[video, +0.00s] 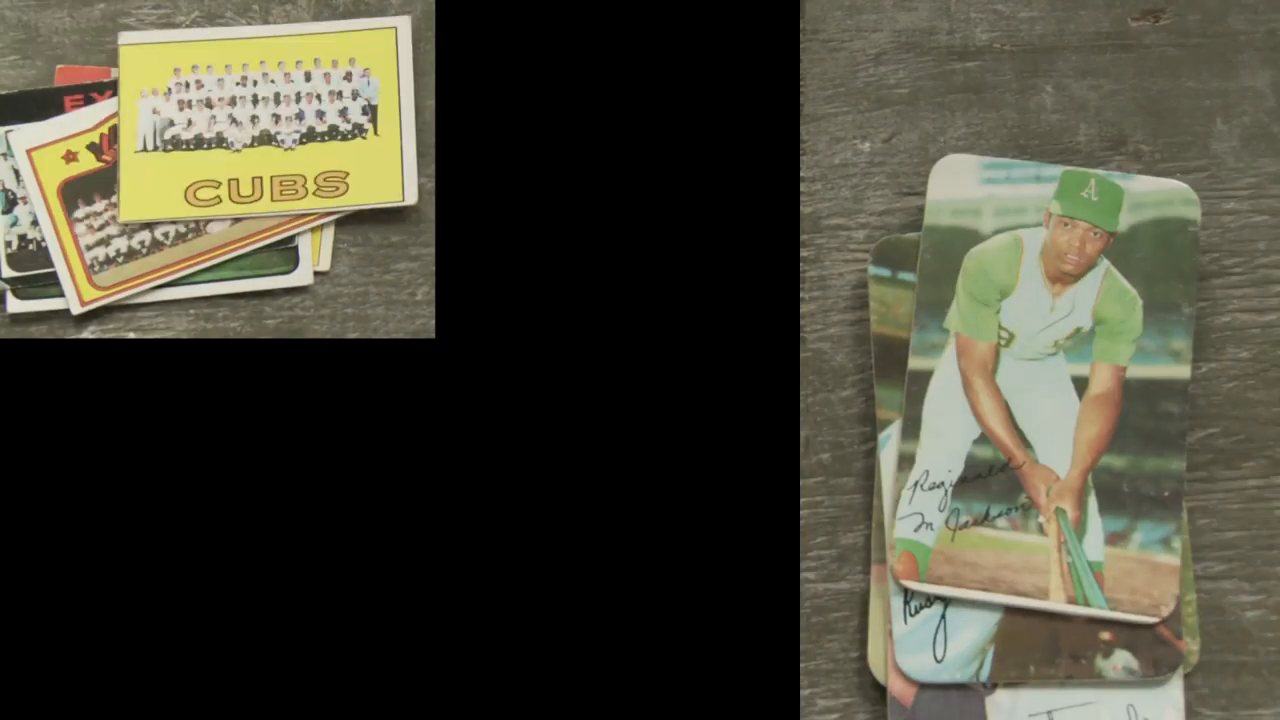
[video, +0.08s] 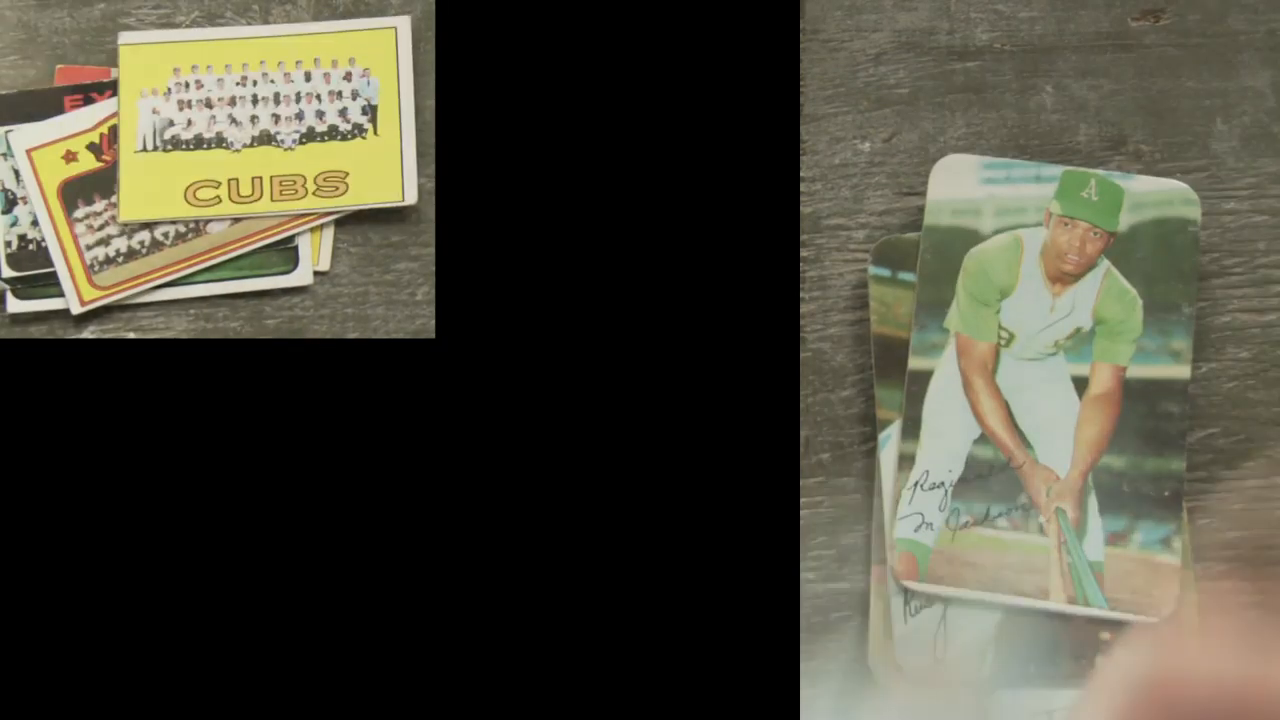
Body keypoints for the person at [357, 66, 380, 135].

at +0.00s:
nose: (367, 74)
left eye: (368, 72)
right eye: (366, 72)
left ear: (370, 73)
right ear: (364, 73)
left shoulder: (375, 81)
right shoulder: (361, 81)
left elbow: (376, 91)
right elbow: (360, 91)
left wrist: (372, 98)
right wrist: (365, 97)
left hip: (374, 101)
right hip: (364, 101)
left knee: (374, 117)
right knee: (365, 117)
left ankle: (375, 131)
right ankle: (364, 132)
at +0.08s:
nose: (367, 74)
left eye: (368, 72)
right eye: (366, 72)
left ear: (370, 73)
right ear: (364, 73)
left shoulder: (374, 81)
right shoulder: (361, 81)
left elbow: (376, 91)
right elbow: (360, 91)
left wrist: (371, 98)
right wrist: (365, 97)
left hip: (374, 101)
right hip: (364, 101)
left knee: (374, 117)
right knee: (365, 117)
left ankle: (375, 131)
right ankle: (363, 131)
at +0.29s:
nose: (379, 74)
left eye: (380, 72)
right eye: (378, 72)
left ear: (382, 73)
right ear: (376, 73)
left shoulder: (386, 80)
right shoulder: (373, 81)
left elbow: (388, 90)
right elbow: (372, 91)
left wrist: (383, 97)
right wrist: (377, 97)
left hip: (385, 101)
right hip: (376, 101)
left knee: (385, 117)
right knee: (376, 116)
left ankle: (385, 131)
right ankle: (374, 132)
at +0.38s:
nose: (379, 74)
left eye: (380, 72)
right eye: (378, 72)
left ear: (382, 73)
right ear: (376, 73)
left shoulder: (386, 81)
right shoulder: (373, 81)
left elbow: (388, 90)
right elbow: (372, 91)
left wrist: (383, 97)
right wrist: (377, 97)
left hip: (385, 101)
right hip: (376, 101)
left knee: (385, 118)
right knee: (376, 117)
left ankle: (386, 132)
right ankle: (374, 132)